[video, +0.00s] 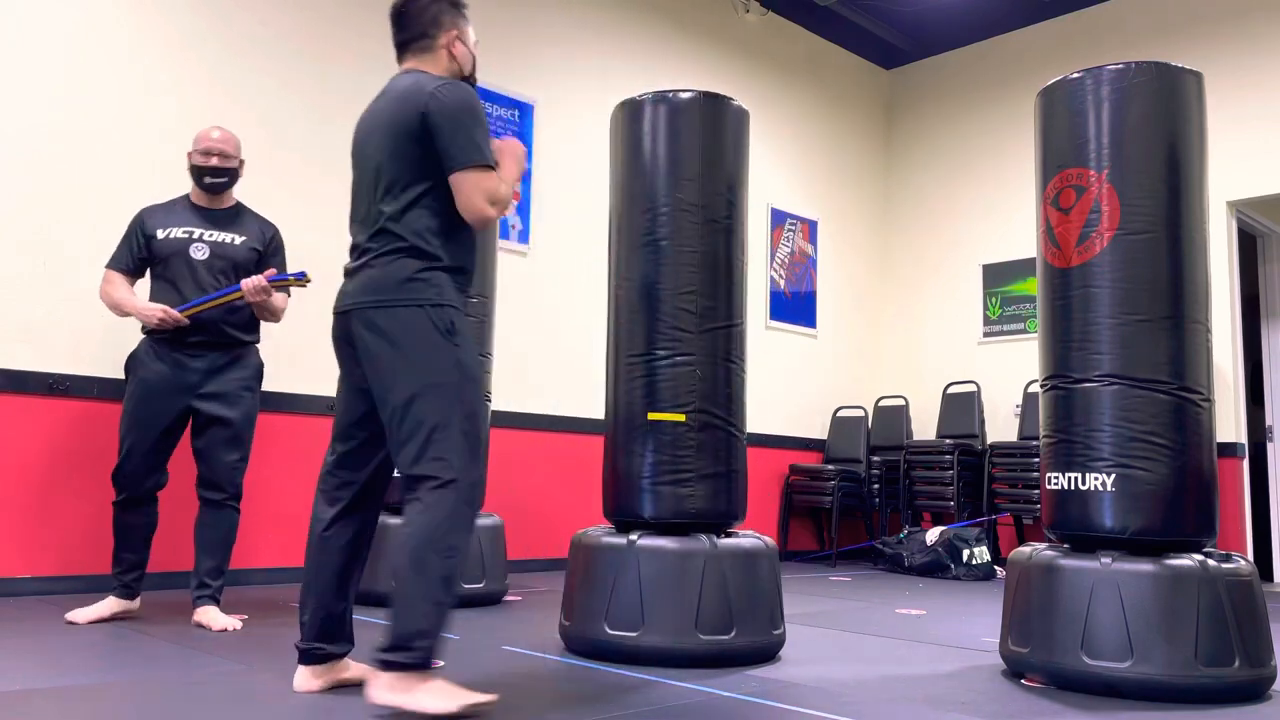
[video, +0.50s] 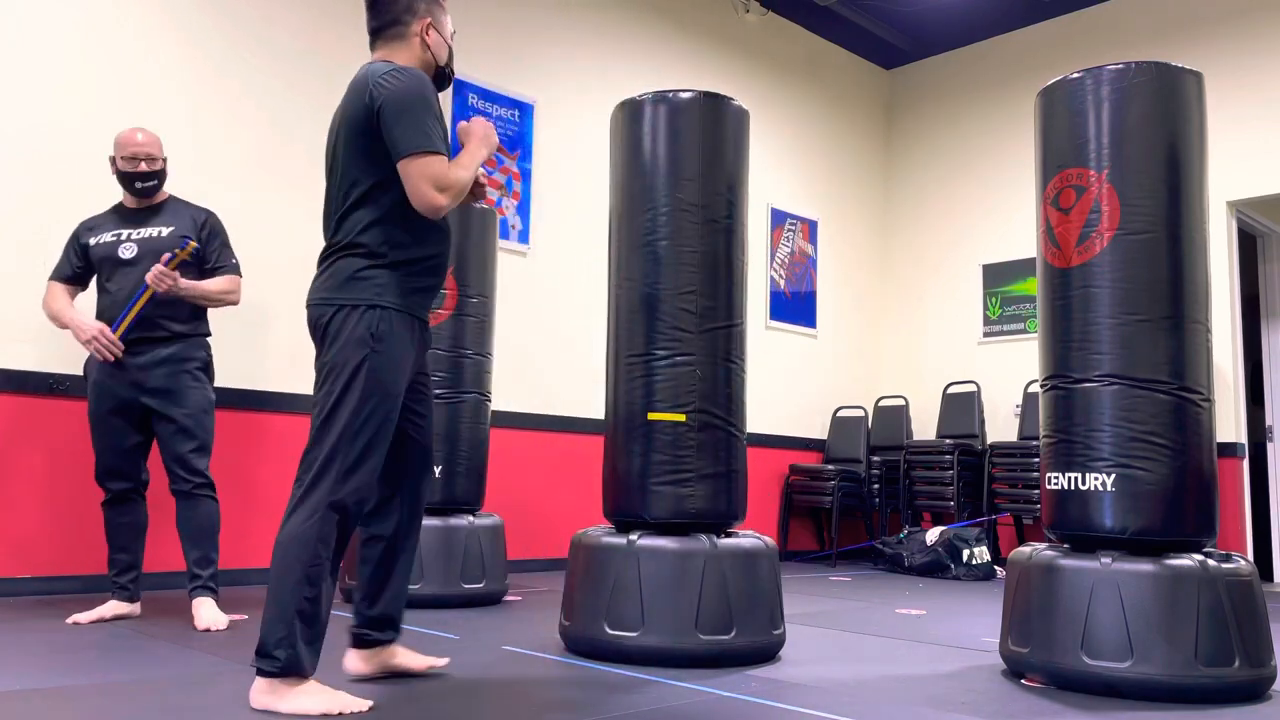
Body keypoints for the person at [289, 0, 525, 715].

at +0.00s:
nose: (475, 51)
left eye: (471, 38)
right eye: (471, 38)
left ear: (404, 44)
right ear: (451, 38)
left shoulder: (381, 107)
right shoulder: (449, 96)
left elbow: (421, 204)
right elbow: (482, 206)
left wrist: (490, 185)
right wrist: (511, 167)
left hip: (363, 302)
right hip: (415, 304)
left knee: (352, 479)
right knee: (448, 477)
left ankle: (321, 654)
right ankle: (406, 667)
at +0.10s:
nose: (458, 46)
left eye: (455, 34)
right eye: (455, 33)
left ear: (390, 39)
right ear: (435, 33)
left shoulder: (366, 103)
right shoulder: (431, 92)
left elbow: (403, 204)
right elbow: (477, 205)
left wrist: (479, 180)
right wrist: (488, 169)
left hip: (357, 303)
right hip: (403, 305)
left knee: (353, 475)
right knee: (414, 477)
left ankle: (321, 648)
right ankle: (321, 658)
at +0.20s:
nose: (448, 39)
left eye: (445, 27)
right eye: (445, 26)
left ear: (379, 36)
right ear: (425, 29)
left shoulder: (359, 102)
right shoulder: (418, 88)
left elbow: (390, 206)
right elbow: (469, 199)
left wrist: (471, 185)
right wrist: (480, 155)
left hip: (357, 303)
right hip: (393, 308)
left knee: (353, 482)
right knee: (365, 487)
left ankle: (326, 652)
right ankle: (284, 668)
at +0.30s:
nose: (447, 37)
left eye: (443, 24)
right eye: (442, 24)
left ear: (380, 32)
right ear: (420, 26)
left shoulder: (357, 99)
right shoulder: (412, 84)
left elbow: (384, 205)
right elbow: (453, 197)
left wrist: (460, 179)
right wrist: (476, 153)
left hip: (363, 301)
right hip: (383, 304)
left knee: (372, 486)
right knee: (347, 482)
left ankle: (331, 654)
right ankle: (281, 673)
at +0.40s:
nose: (449, 38)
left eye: (445, 26)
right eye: (445, 26)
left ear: (387, 31)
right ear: (423, 27)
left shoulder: (364, 91)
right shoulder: (405, 84)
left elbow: (380, 206)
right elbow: (442, 196)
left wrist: (460, 186)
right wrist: (472, 156)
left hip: (371, 304)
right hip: (373, 304)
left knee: (396, 473)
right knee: (334, 479)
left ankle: (339, 642)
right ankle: (279, 674)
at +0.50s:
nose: (453, 36)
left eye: (450, 25)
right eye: (448, 24)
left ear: (396, 29)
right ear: (426, 26)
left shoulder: (377, 88)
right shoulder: (398, 84)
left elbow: (402, 198)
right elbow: (433, 196)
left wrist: (462, 183)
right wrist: (471, 154)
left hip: (391, 308)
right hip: (371, 304)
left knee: (400, 473)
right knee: (335, 482)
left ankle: (374, 642)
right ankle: (280, 674)